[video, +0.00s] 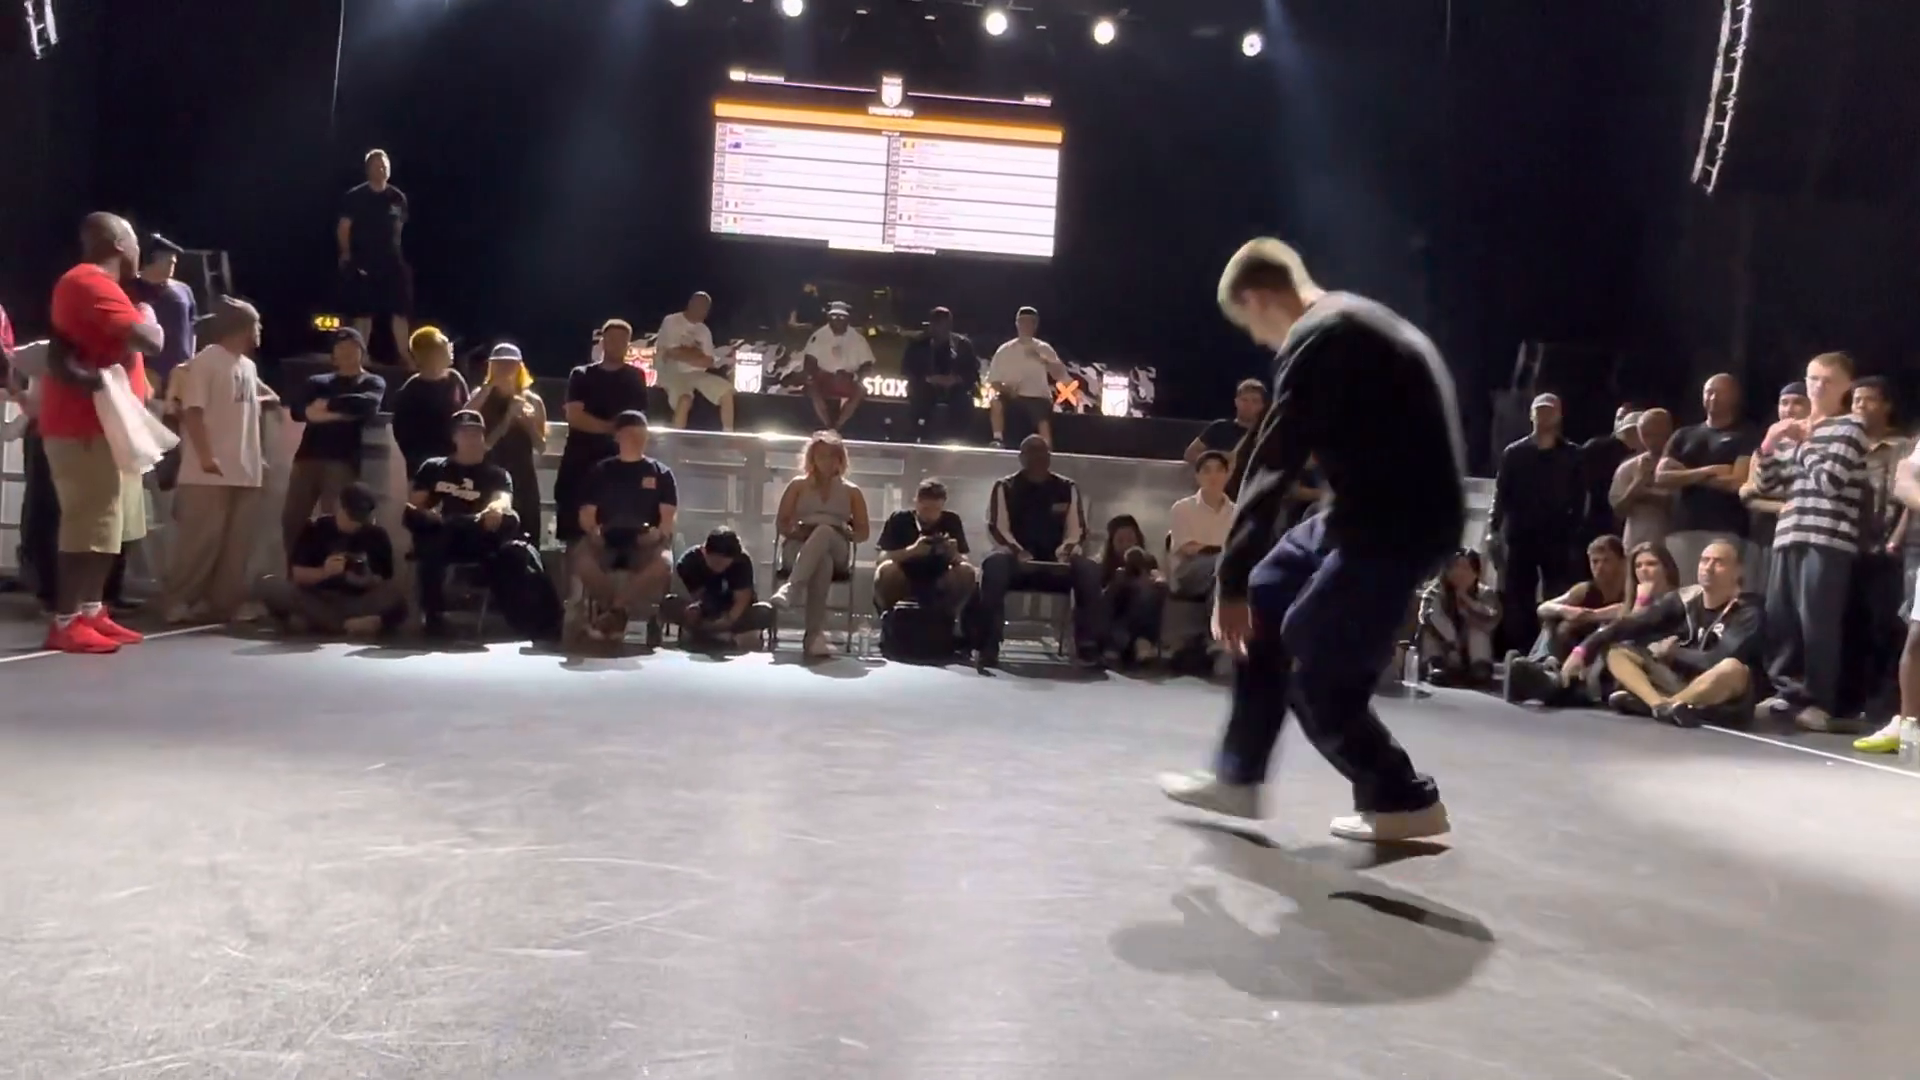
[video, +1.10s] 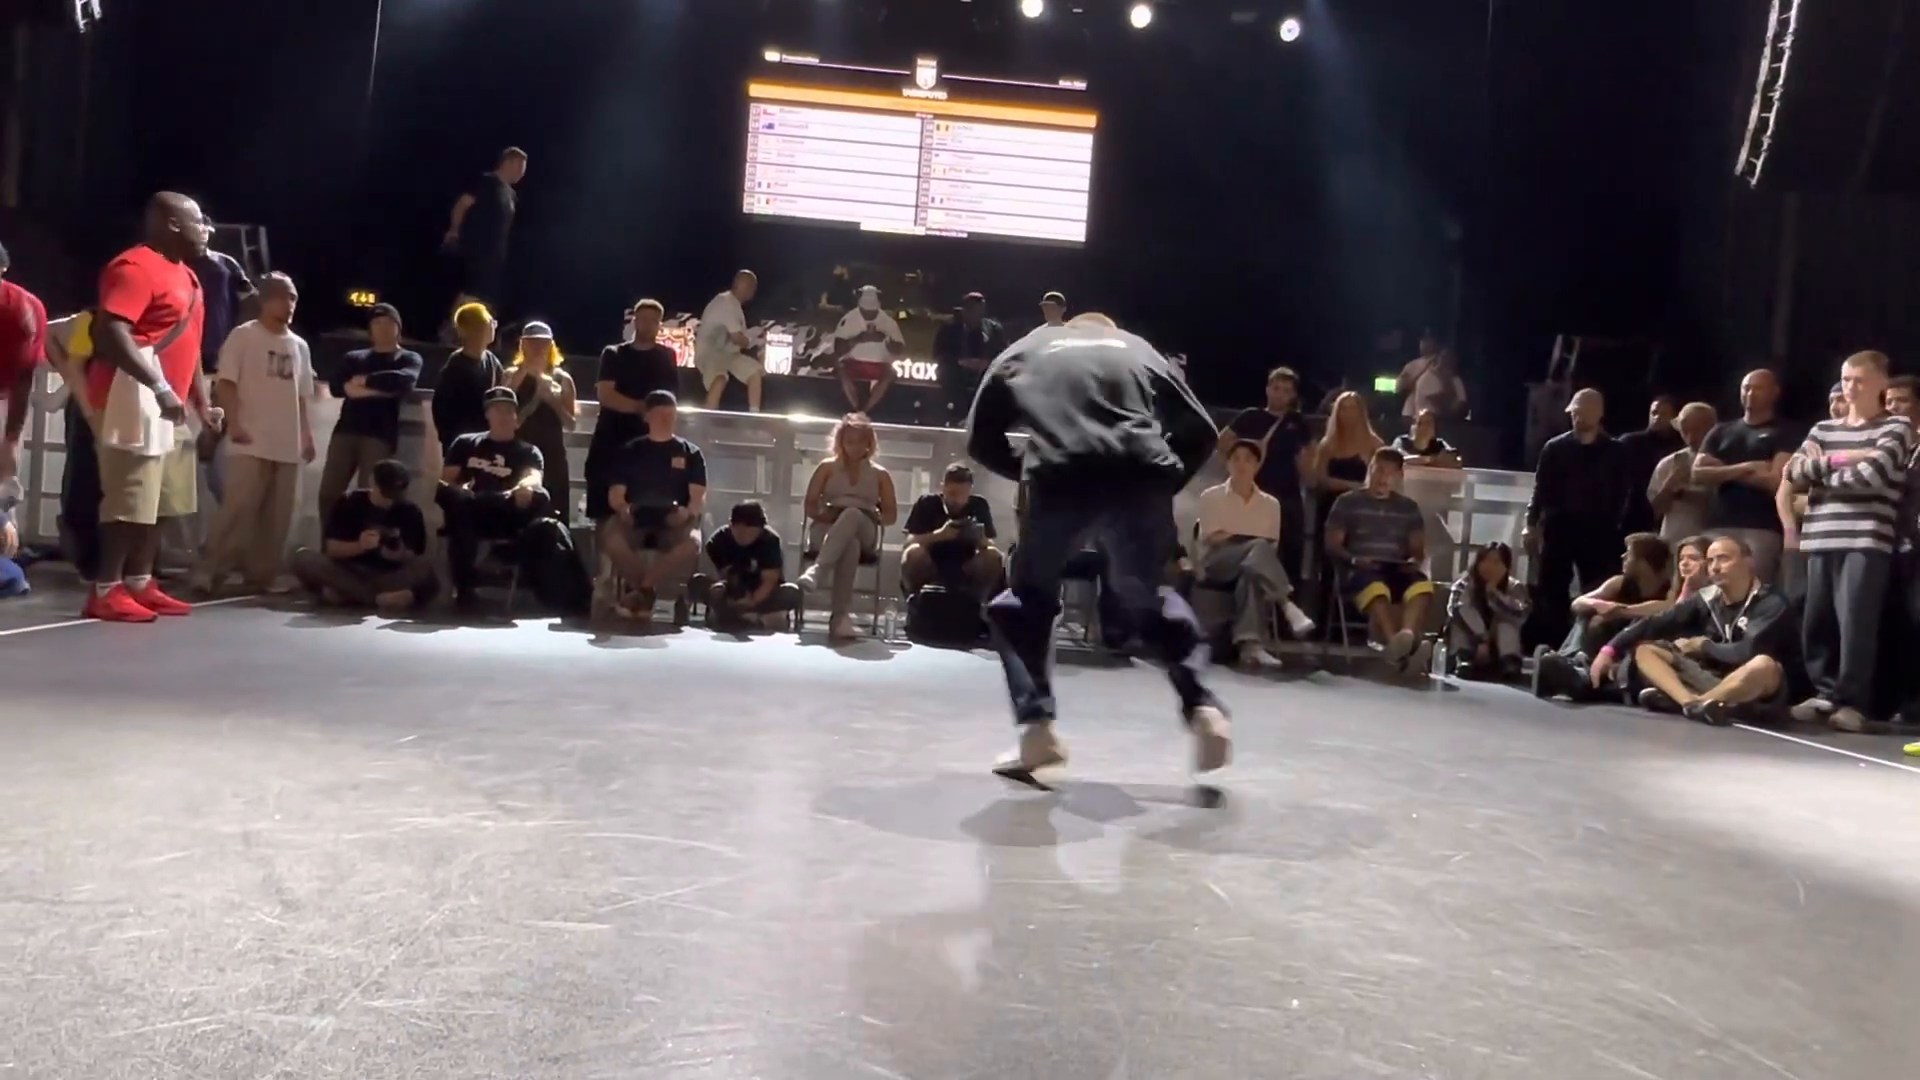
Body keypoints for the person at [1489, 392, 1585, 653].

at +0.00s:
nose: (1543, 416)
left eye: (1548, 411)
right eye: (1538, 411)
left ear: (1559, 416)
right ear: (1531, 416)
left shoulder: (1573, 454)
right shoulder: (1514, 453)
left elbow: (1580, 497)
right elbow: (1502, 493)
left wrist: (1574, 528)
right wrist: (1494, 527)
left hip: (1558, 536)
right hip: (1521, 536)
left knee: (1558, 598)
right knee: (1519, 598)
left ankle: (1557, 655)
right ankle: (1520, 654)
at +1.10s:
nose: (1577, 418)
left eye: (1583, 413)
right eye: (1574, 412)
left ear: (1598, 415)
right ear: (1570, 413)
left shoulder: (1615, 452)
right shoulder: (1554, 448)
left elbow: (1622, 494)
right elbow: (1540, 490)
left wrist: (1615, 526)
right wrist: (1531, 525)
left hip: (1598, 532)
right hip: (1559, 531)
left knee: (1599, 596)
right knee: (1552, 595)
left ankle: (1597, 655)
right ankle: (1550, 651)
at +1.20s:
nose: (1581, 420)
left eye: (1587, 415)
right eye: (1578, 414)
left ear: (1601, 416)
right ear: (1574, 413)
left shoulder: (1619, 452)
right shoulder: (1559, 448)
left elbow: (1626, 495)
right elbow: (1545, 490)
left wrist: (1619, 529)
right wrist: (1534, 524)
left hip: (1601, 532)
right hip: (1562, 531)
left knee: (1603, 594)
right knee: (1554, 593)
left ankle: (1601, 652)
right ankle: (1552, 649)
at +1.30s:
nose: (1584, 420)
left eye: (1590, 415)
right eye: (1582, 414)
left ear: (1606, 416)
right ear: (1579, 413)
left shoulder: (1624, 452)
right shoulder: (1565, 448)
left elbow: (1629, 496)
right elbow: (1550, 489)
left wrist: (1621, 530)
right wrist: (1539, 523)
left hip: (1604, 533)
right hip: (1564, 532)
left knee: (1604, 596)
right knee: (1556, 594)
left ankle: (1601, 655)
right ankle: (1552, 649)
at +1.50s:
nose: (1598, 414)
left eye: (1604, 410)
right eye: (1596, 409)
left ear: (1622, 413)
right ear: (1593, 410)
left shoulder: (1637, 450)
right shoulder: (1579, 445)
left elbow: (1642, 495)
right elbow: (1563, 487)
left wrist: (1634, 531)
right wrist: (1548, 521)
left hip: (1616, 533)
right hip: (1578, 532)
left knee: (1615, 597)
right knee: (1563, 592)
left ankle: (1612, 654)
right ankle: (1554, 647)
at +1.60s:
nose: (1605, 412)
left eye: (1612, 408)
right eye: (1603, 407)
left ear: (1629, 412)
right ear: (1599, 409)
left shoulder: (1642, 449)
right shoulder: (1583, 443)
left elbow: (1646, 494)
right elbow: (1567, 484)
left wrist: (1638, 529)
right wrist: (1552, 519)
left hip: (1620, 532)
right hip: (1581, 529)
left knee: (1617, 595)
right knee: (1558, 587)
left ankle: (1614, 652)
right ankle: (1554, 644)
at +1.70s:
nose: (1614, 410)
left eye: (1621, 406)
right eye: (1611, 405)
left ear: (1634, 410)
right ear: (1604, 407)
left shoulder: (1645, 449)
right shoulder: (1585, 442)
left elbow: (1648, 494)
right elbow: (1567, 483)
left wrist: (1640, 529)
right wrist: (1553, 518)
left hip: (1621, 531)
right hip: (1582, 528)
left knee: (1618, 595)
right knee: (1558, 586)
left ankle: (1615, 651)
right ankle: (1553, 642)